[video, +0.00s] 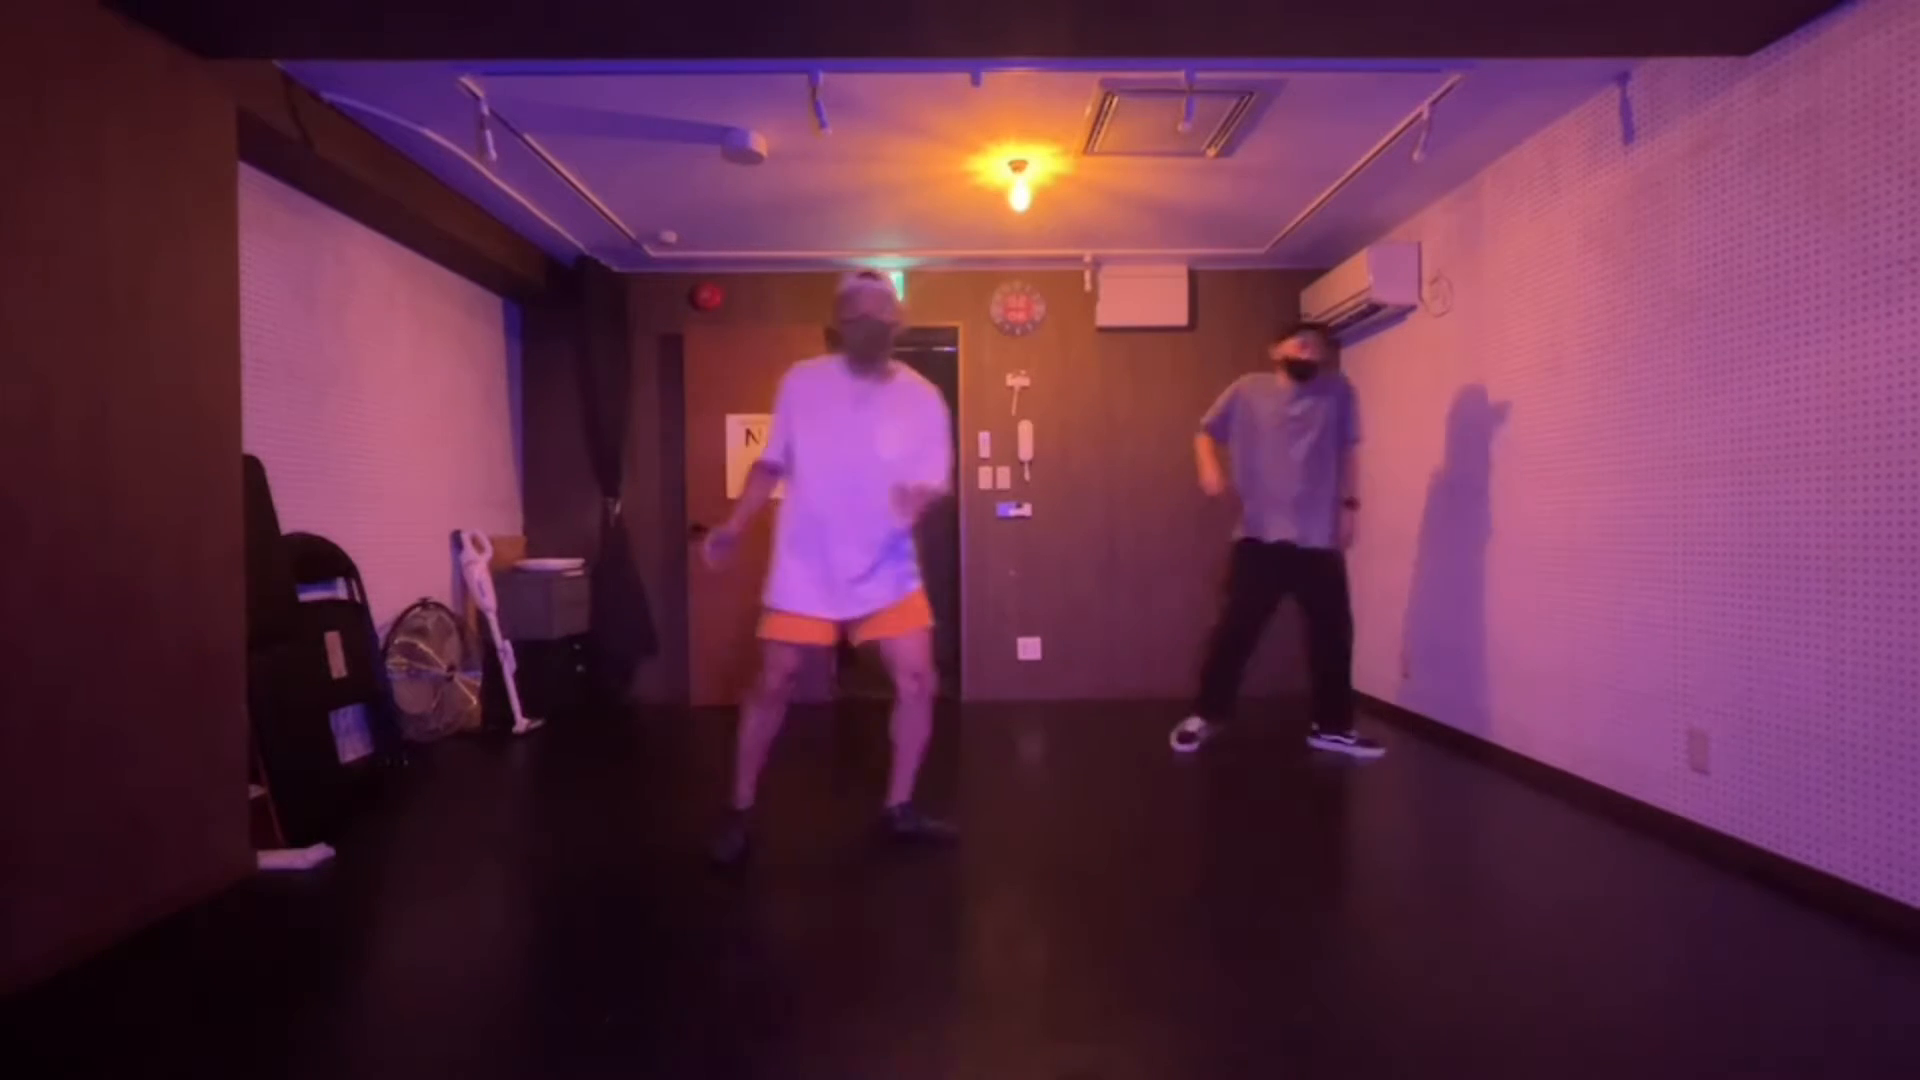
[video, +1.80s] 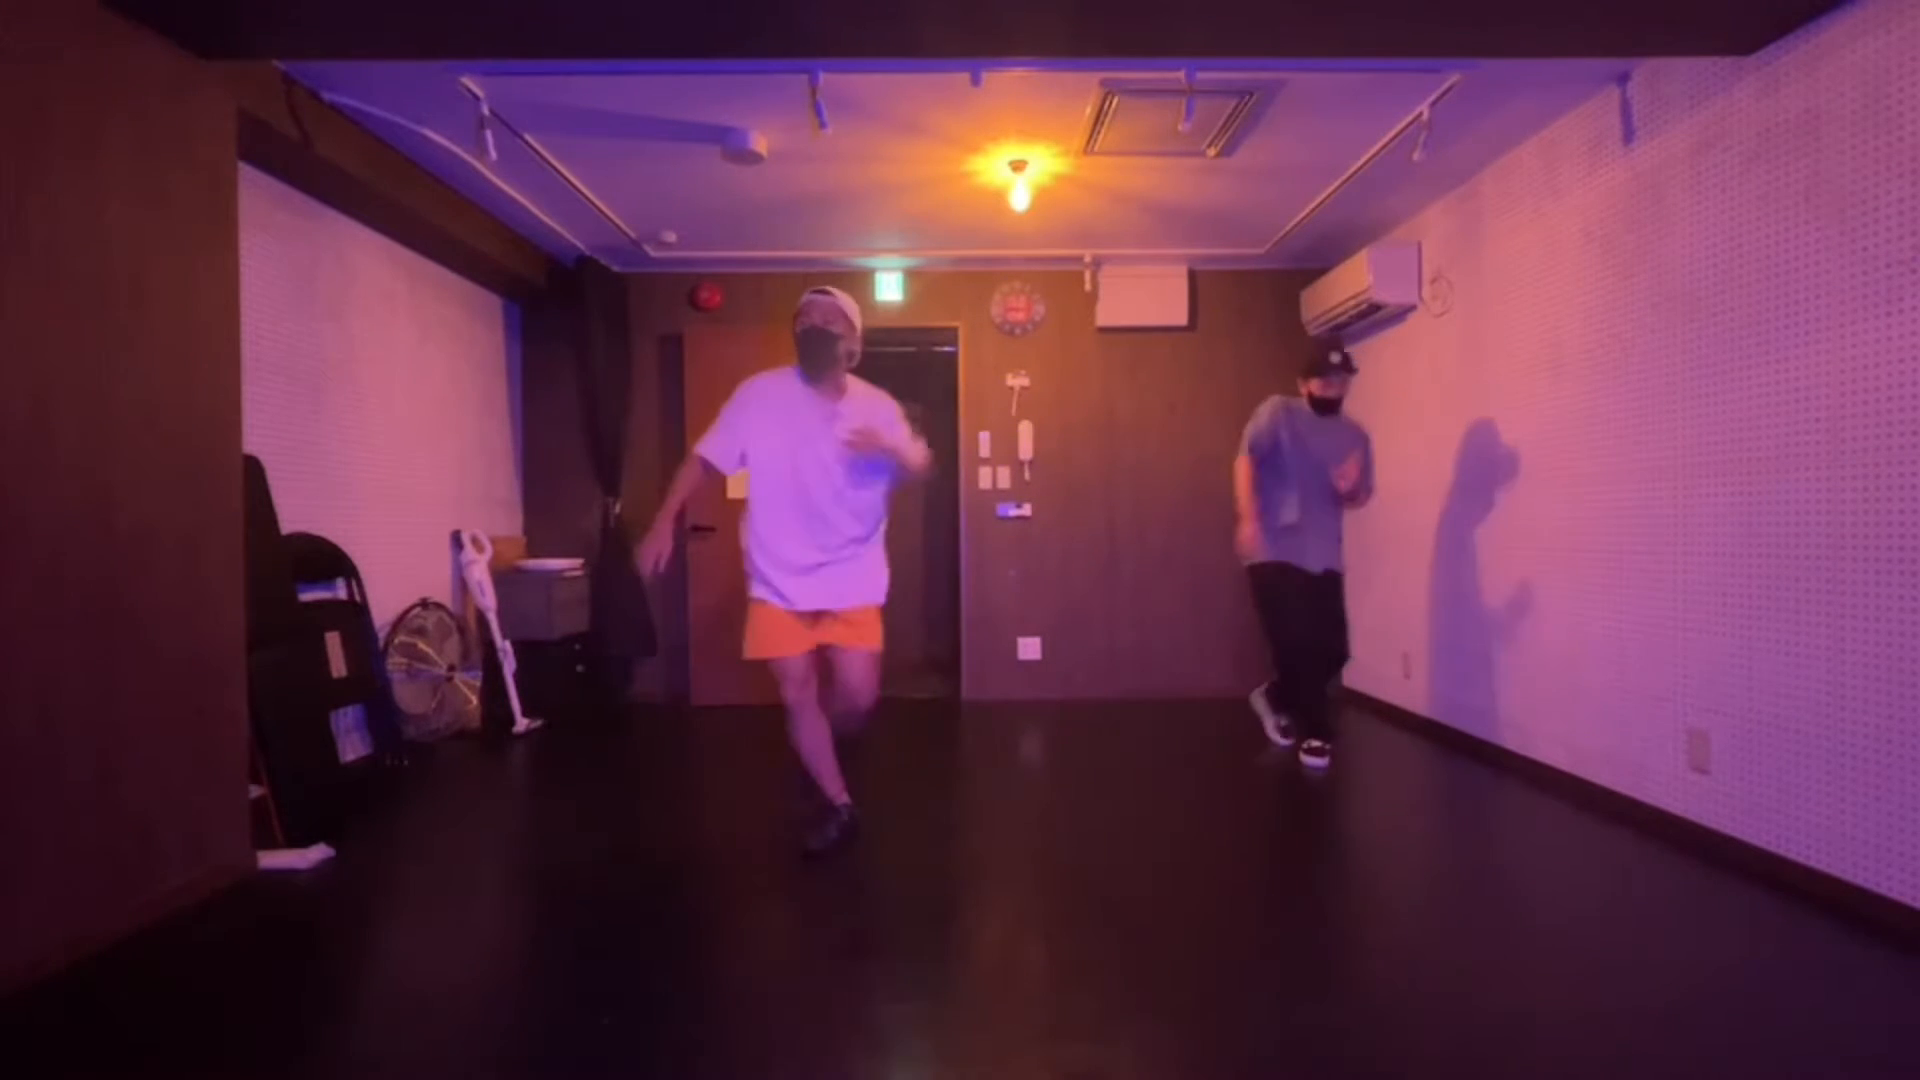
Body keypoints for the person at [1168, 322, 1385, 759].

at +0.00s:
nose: (1302, 364)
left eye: (1312, 358)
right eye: (1296, 354)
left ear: (1325, 362)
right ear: (1278, 354)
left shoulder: (1336, 395)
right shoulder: (1249, 390)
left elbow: (1347, 452)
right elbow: (1206, 431)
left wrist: (1348, 506)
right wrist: (1210, 472)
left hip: (1318, 543)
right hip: (1261, 541)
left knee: (1333, 639)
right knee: (1234, 632)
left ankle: (1331, 727)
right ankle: (1205, 716)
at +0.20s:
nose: (1346, 363)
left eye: (1354, 356)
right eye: (1339, 353)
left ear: (1362, 363)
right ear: (1319, 357)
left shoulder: (1372, 415)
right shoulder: (1286, 402)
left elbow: (1385, 483)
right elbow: (1237, 446)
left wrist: (1377, 543)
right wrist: (1255, 491)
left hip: (1341, 551)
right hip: (1283, 546)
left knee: (1353, 641)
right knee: (1269, 631)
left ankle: (1365, 726)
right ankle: (1262, 718)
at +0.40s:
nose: (1389, 392)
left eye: (1398, 387)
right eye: (1382, 383)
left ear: (1406, 397)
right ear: (1363, 386)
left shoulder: (1400, 451)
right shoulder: (1329, 431)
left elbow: (1410, 509)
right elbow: (1281, 483)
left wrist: (1383, 520)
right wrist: (1299, 538)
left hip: (1362, 570)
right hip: (1314, 565)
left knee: (1369, 647)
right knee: (1315, 638)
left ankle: (1370, 725)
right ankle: (1314, 697)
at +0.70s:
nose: (1392, 372)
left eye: (1401, 365)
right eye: (1384, 363)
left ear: (1408, 374)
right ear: (1365, 369)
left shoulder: (1405, 429)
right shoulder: (1344, 413)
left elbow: (1410, 493)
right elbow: (1322, 479)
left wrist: (1398, 451)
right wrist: (1337, 539)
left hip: (1381, 555)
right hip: (1333, 553)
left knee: (1391, 643)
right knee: (1335, 638)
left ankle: (1376, 724)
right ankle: (1334, 705)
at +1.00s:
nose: (1362, 381)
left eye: (1367, 372)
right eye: (1353, 373)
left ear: (1376, 373)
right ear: (1332, 378)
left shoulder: (1396, 405)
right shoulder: (1316, 429)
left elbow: (1444, 443)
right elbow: (1304, 492)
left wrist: (1449, 488)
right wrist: (1367, 494)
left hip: (1394, 547)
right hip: (1342, 544)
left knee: (1397, 639)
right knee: (1348, 622)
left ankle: (1383, 725)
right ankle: (1335, 683)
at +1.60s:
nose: (1331, 365)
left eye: (1337, 356)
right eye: (1323, 356)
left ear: (1346, 356)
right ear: (1304, 357)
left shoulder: (1361, 392)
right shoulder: (1279, 395)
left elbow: (1399, 434)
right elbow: (1254, 450)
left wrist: (1379, 467)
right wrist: (1308, 477)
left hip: (1345, 539)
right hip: (1293, 542)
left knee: (1358, 633)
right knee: (1301, 641)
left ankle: (1347, 693)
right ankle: (1313, 733)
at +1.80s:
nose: (1334, 387)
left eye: (1341, 378)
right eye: (1326, 377)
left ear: (1349, 381)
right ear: (1307, 379)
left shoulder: (1352, 434)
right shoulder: (1278, 411)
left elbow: (1360, 494)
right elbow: (1245, 461)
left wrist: (1351, 488)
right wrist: (1249, 520)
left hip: (1323, 558)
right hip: (1274, 552)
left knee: (1333, 650)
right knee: (1297, 646)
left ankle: (1275, 699)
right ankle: (1314, 733)